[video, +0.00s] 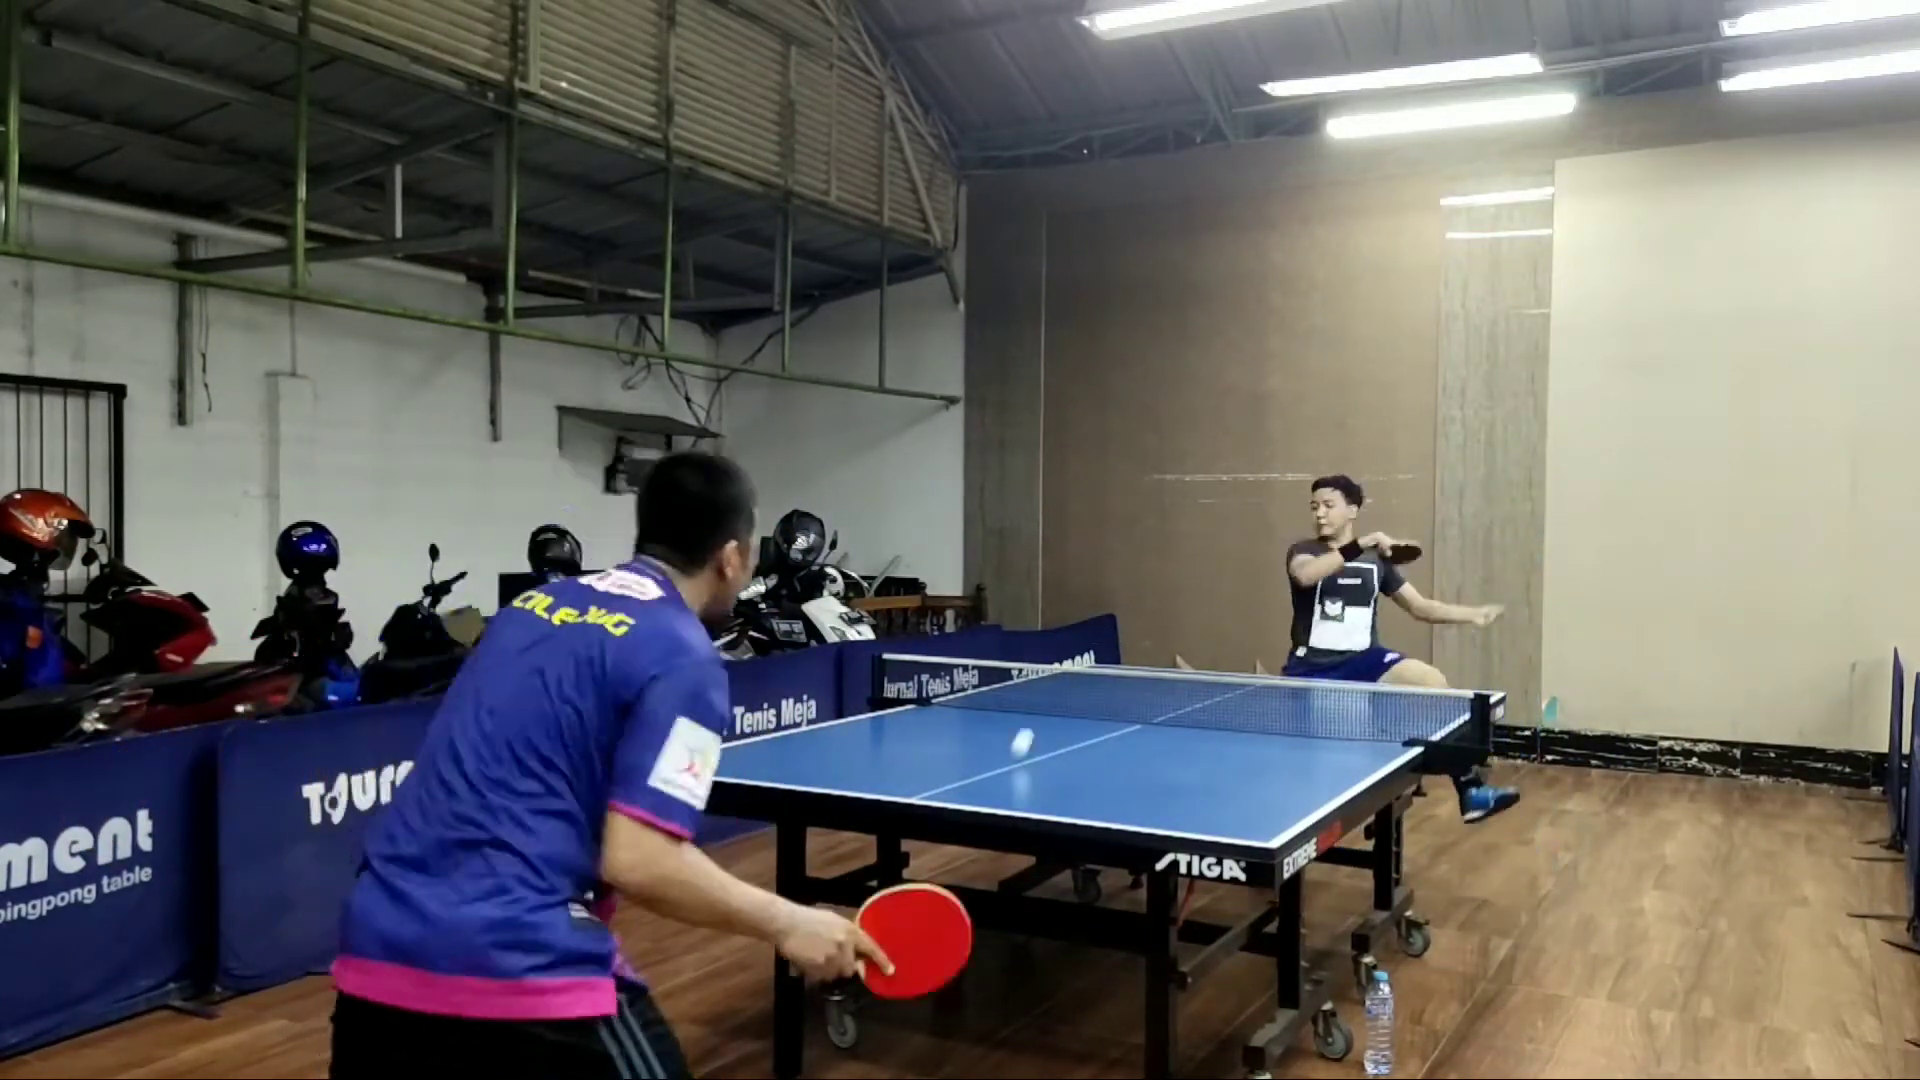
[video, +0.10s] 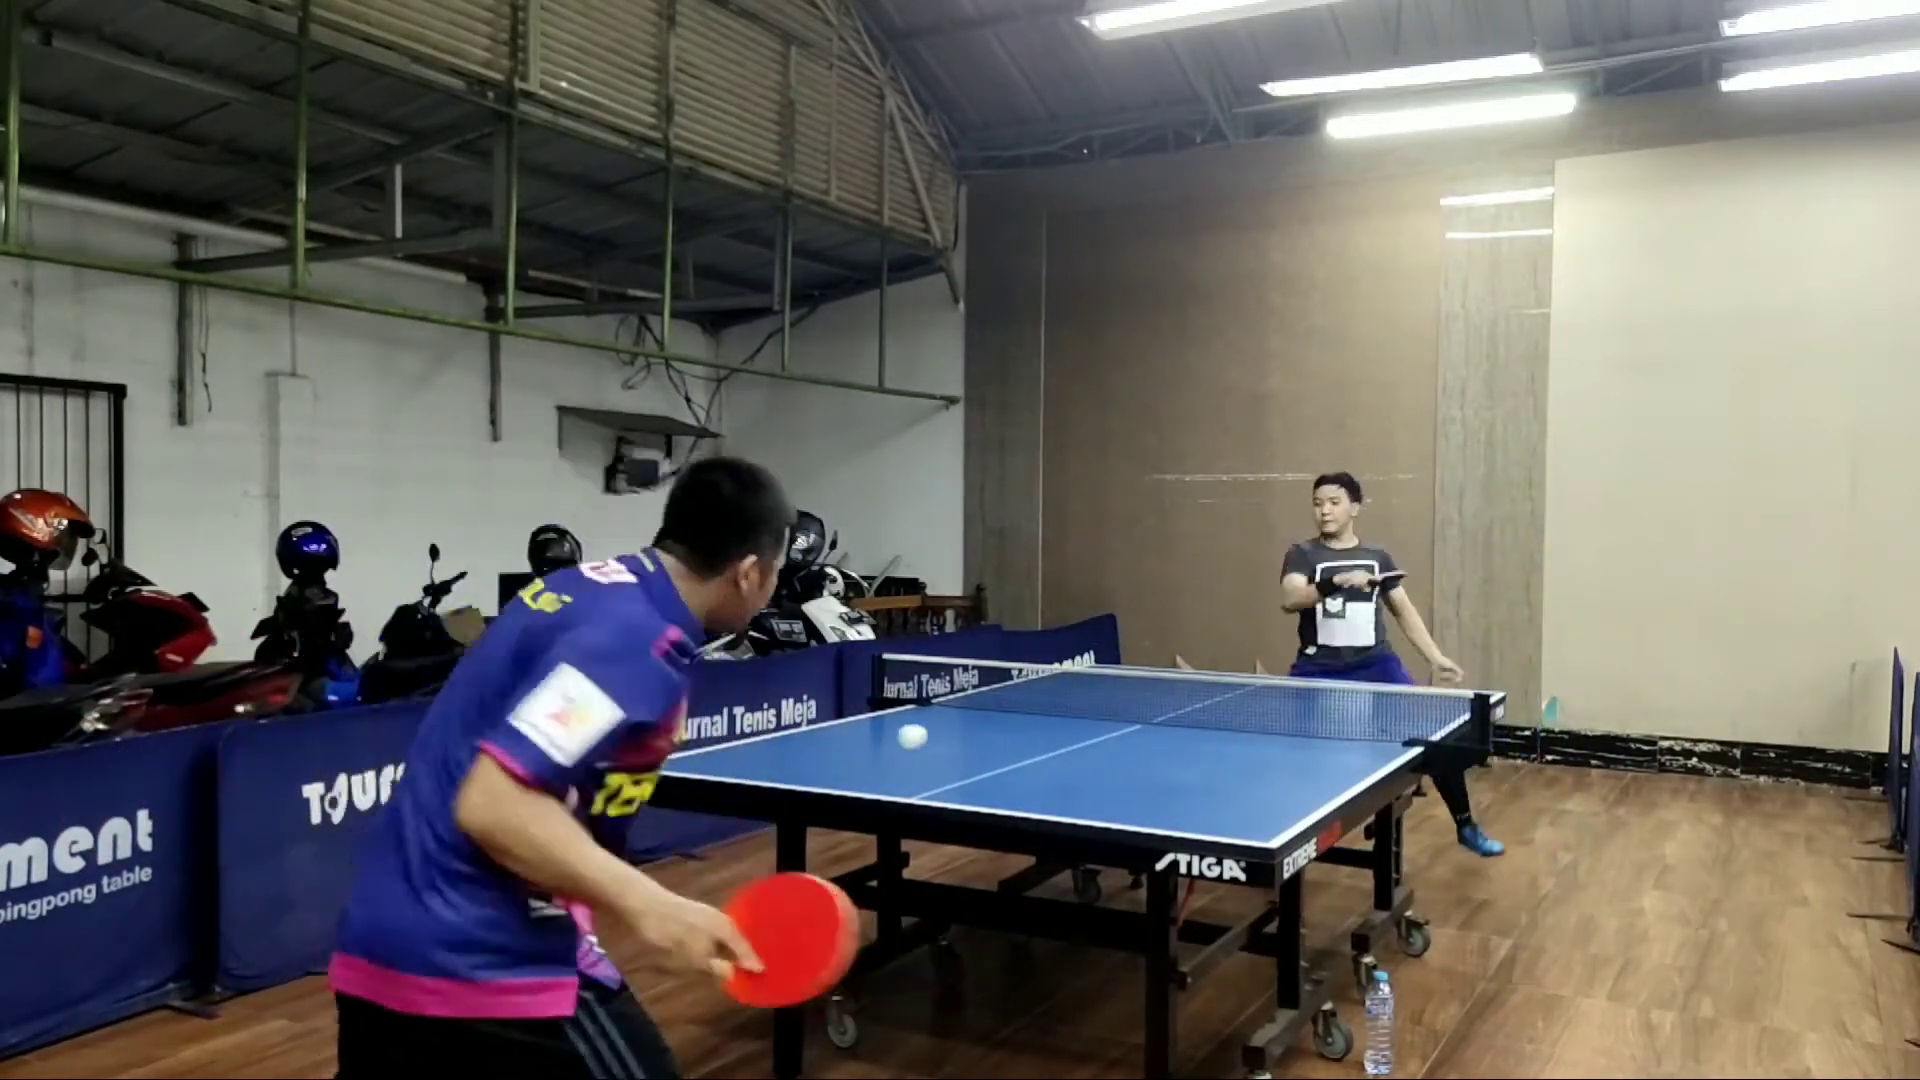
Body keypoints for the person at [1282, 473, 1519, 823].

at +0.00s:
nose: (1318, 513)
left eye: (1327, 505)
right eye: (1314, 506)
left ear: (1353, 510)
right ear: (1311, 511)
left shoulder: (1375, 562)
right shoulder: (1303, 551)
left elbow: (1420, 607)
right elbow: (1303, 575)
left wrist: (1473, 615)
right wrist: (1360, 546)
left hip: (1362, 659)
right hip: (1308, 664)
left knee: (1432, 682)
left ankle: (1471, 791)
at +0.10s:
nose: (1325, 510)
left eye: (1334, 502)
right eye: (1319, 504)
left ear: (1354, 508)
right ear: (1313, 510)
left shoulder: (1376, 558)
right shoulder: (1302, 554)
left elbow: (1404, 610)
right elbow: (1289, 599)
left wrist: (1436, 659)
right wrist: (1336, 582)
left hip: (1376, 668)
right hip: (1316, 671)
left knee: (1430, 730)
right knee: (1288, 742)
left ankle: (1465, 823)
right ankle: (1282, 835)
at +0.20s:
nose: (1330, 506)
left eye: (1339, 497)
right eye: (1323, 499)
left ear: (1360, 503)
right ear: (1317, 507)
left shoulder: (1387, 548)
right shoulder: (1309, 557)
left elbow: (1418, 601)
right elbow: (1289, 613)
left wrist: (1416, 656)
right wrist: (1313, 611)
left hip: (1390, 669)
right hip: (1335, 670)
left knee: (1427, 751)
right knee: (1298, 739)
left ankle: (1459, 840)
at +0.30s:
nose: (1333, 503)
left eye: (1342, 495)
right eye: (1326, 497)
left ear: (1363, 501)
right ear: (1320, 506)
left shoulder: (1387, 540)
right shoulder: (1321, 556)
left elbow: (1423, 590)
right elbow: (1312, 607)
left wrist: (1394, 638)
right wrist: (1303, 624)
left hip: (1407, 659)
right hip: (1354, 658)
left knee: (1437, 743)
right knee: (1312, 716)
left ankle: (1464, 840)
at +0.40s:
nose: (1331, 506)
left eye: (1340, 497)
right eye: (1325, 500)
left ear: (1362, 502)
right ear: (1319, 508)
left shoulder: (1383, 544)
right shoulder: (1330, 559)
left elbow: (1411, 593)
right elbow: (1330, 614)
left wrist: (1370, 628)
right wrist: (1300, 642)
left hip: (1413, 662)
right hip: (1363, 663)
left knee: (1433, 745)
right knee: (1318, 723)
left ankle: (1465, 840)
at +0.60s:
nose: (1325, 517)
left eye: (1333, 509)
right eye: (1320, 511)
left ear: (1357, 511)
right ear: (1317, 517)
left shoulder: (1372, 545)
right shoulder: (1350, 559)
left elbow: (1374, 599)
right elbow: (1368, 620)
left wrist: (1310, 613)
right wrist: (1335, 657)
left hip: (1420, 659)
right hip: (1379, 660)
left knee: (1431, 748)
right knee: (1341, 723)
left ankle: (1487, 840)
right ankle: (1384, 805)